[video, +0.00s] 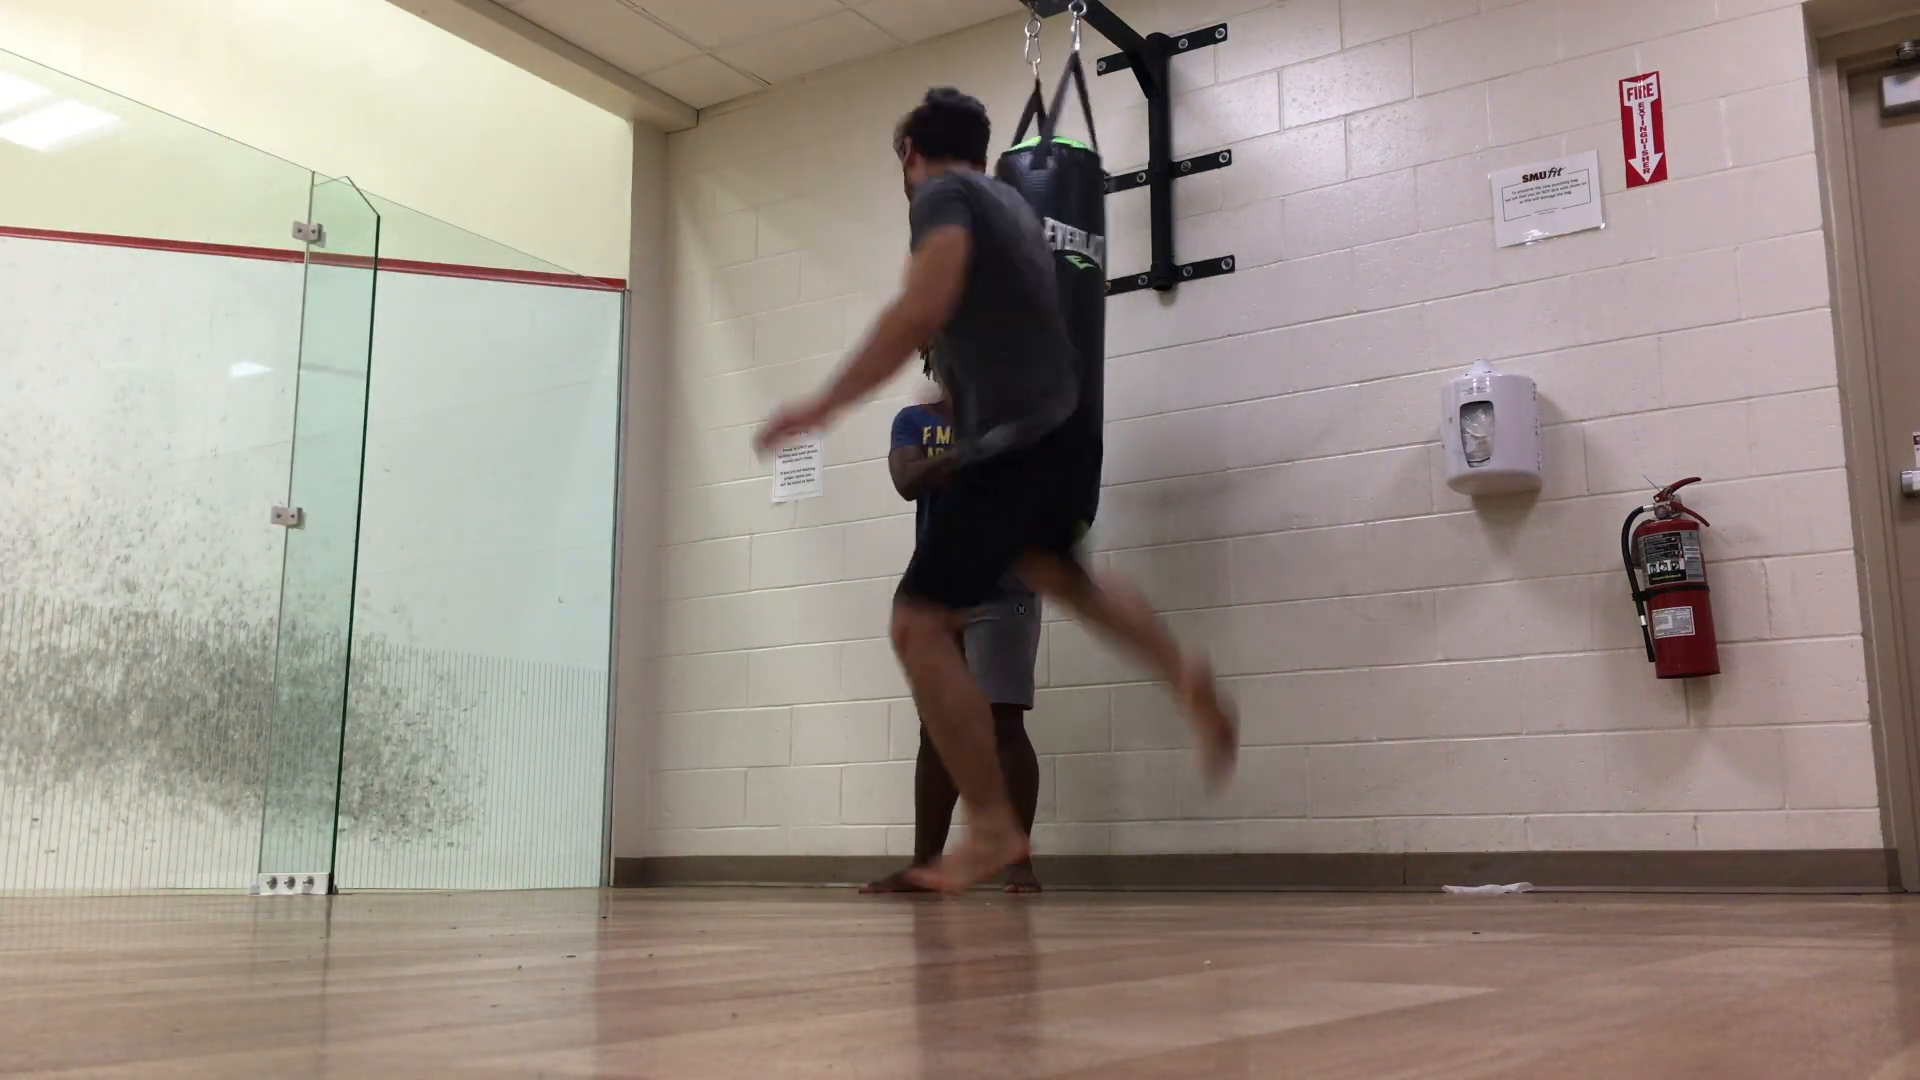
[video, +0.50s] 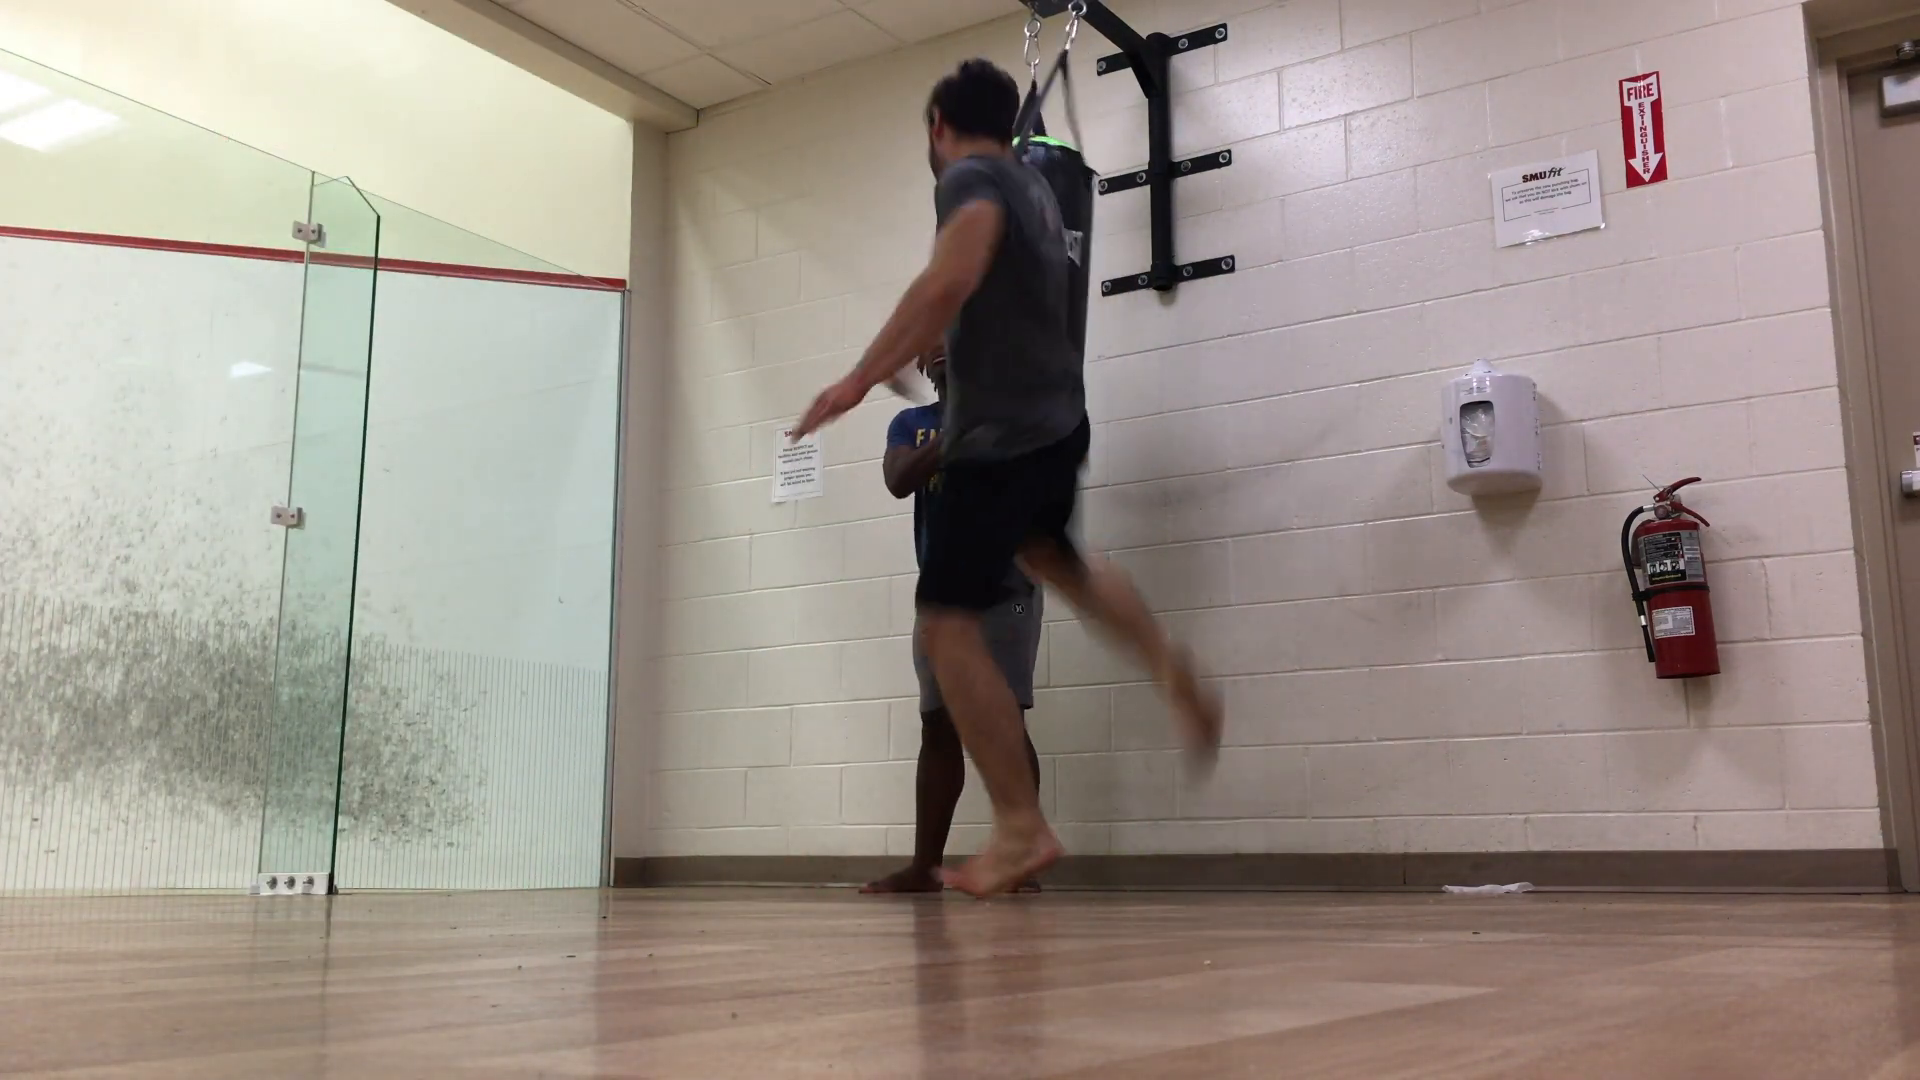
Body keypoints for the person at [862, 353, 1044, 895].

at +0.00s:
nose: (934, 359)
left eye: (943, 348)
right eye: (928, 350)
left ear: (973, 357)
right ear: (925, 359)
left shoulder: (1012, 422)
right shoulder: (915, 419)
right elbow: (906, 481)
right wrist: (973, 452)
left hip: (1007, 589)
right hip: (943, 593)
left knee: (1005, 723)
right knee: (938, 725)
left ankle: (1018, 855)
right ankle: (927, 861)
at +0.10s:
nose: (945, 357)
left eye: (955, 347)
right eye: (936, 348)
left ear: (982, 355)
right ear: (930, 359)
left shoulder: (1016, 428)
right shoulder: (919, 419)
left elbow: (1073, 487)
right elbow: (907, 478)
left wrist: (939, 458)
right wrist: (988, 461)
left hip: (1011, 586)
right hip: (946, 586)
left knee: (1006, 723)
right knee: (938, 728)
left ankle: (1015, 859)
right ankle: (927, 859)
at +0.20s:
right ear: (935, 359)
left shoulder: (1024, 418)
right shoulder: (920, 418)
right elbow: (903, 476)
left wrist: (943, 461)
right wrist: (972, 446)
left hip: (1012, 585)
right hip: (946, 591)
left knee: (1006, 722)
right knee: (937, 728)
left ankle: (1015, 859)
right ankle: (927, 859)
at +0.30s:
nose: (941, 357)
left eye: (948, 346)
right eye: (933, 348)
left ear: (978, 355)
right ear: (924, 359)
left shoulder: (1011, 422)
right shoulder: (912, 421)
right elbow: (894, 483)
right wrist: (945, 449)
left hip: (1007, 590)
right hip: (944, 593)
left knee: (1003, 722)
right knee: (940, 726)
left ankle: (1023, 854)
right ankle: (927, 862)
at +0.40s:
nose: (938, 355)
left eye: (948, 346)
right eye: (931, 349)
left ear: (973, 355)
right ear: (925, 362)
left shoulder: (1006, 419)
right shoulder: (912, 423)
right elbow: (895, 485)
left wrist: (925, 457)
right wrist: (955, 443)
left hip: (1011, 589)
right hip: (948, 593)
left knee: (1003, 720)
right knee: (939, 727)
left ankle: (1019, 854)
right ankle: (927, 864)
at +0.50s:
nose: (937, 362)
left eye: (945, 352)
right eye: (929, 356)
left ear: (970, 358)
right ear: (922, 367)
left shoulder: (1003, 420)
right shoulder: (912, 423)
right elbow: (898, 481)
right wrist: (957, 435)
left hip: (1009, 596)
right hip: (942, 600)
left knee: (1006, 722)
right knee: (938, 727)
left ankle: (1022, 855)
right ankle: (926, 862)